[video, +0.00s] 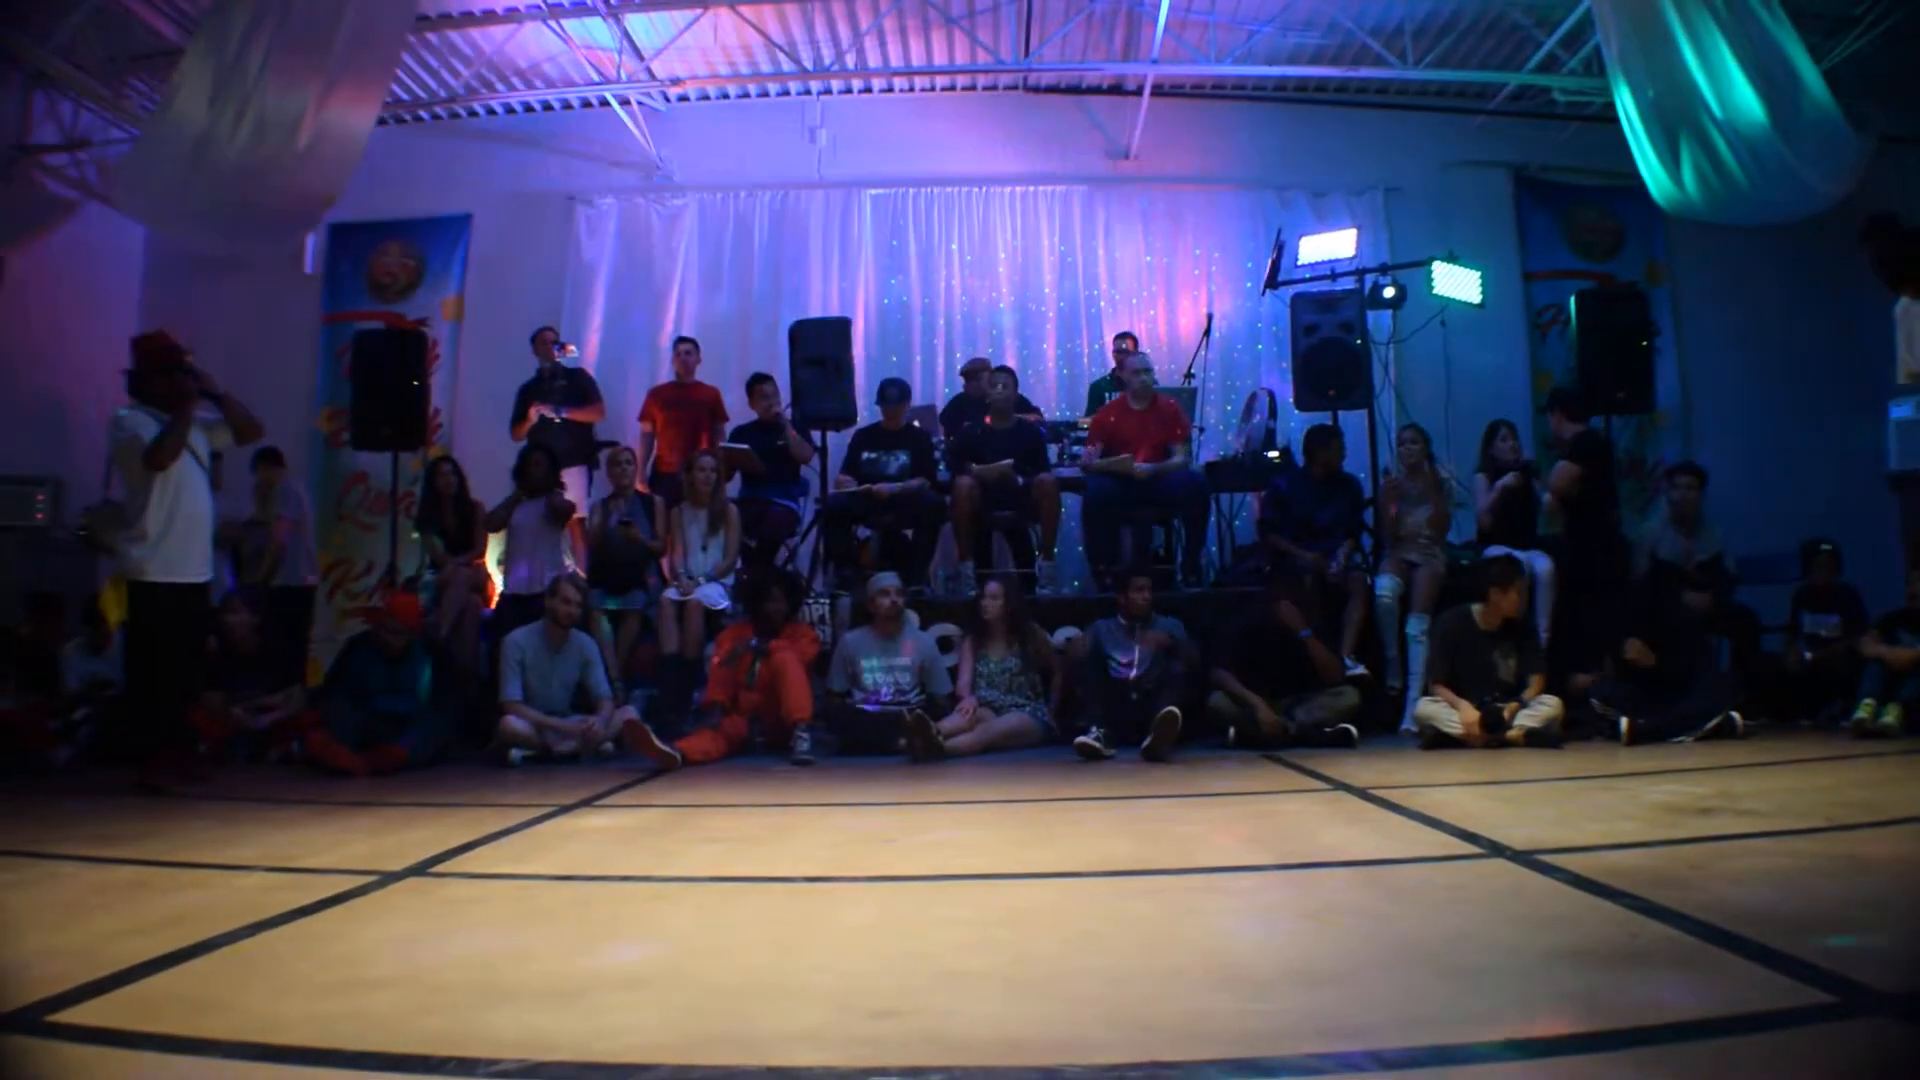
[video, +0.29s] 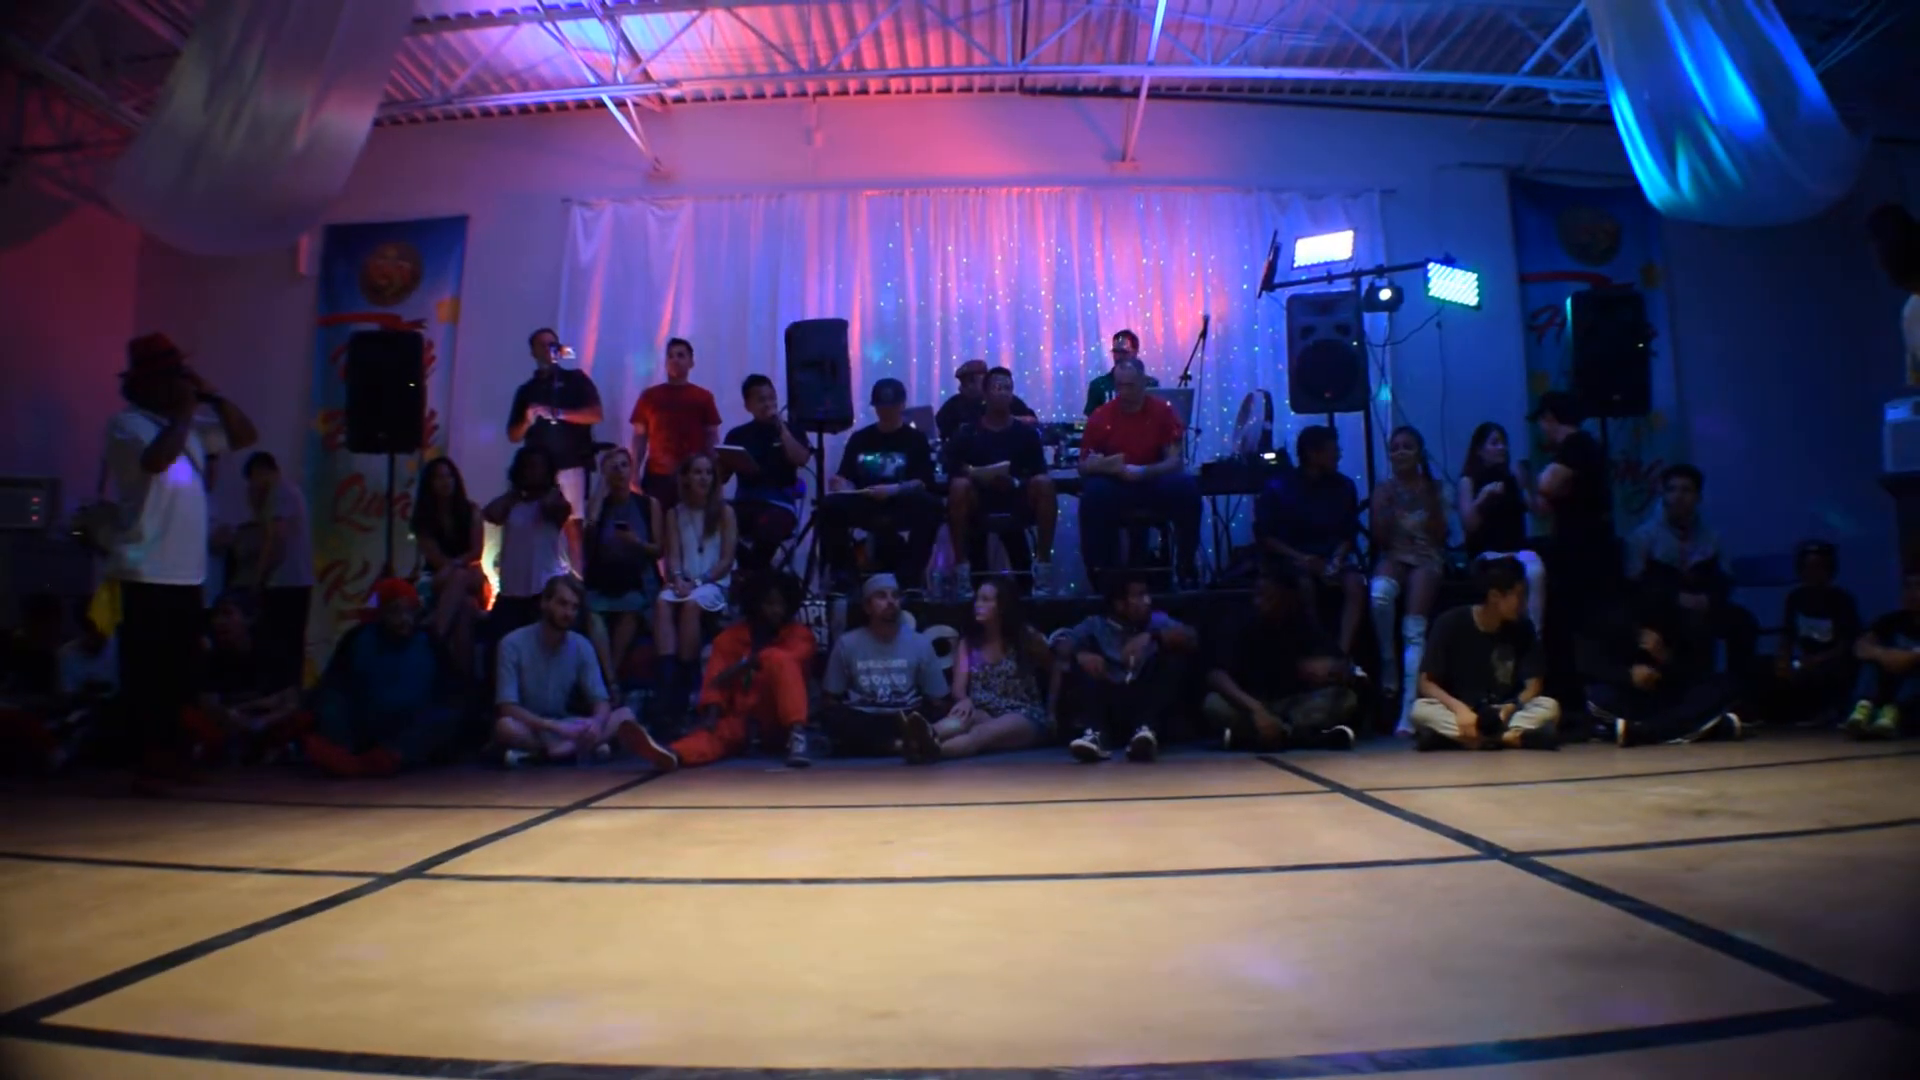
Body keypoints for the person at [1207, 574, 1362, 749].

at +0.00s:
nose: (1285, 603)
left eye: (1293, 596)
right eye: (1278, 596)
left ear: (1304, 597)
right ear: (1268, 595)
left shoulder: (1314, 624)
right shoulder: (1252, 627)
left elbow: (1335, 676)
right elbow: (1220, 673)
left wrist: (1302, 630)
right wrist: (1259, 706)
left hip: (1305, 696)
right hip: (1256, 699)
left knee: (1349, 697)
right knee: (1218, 701)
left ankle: (1262, 734)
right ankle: (1310, 735)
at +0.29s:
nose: (1260, 603)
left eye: (1267, 596)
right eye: (1258, 595)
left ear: (1286, 597)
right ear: (1254, 597)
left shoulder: (1304, 627)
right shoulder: (1249, 630)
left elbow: (1344, 669)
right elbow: (1217, 675)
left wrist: (1326, 669)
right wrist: (1256, 710)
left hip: (1300, 699)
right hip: (1254, 701)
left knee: (1342, 697)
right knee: (1214, 703)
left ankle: (1257, 737)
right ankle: (1306, 736)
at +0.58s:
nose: (1265, 598)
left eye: (1272, 591)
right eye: (1261, 591)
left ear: (1288, 595)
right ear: (1256, 594)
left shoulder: (1304, 626)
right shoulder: (1247, 627)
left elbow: (1339, 669)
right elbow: (1216, 675)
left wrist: (1356, 702)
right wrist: (1255, 711)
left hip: (1300, 700)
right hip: (1253, 703)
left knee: (1335, 703)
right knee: (1213, 704)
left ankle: (1256, 738)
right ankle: (1309, 738)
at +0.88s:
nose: (1261, 595)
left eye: (1269, 588)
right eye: (1257, 588)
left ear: (1284, 592)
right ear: (1251, 591)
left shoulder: (1300, 626)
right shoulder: (1241, 626)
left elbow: (1334, 668)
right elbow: (1213, 675)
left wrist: (1354, 702)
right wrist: (1250, 711)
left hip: (1297, 700)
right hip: (1250, 704)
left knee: (1331, 703)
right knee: (1211, 705)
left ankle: (1254, 737)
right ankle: (1309, 739)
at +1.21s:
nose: (1256, 593)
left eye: (1263, 588)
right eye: (1252, 587)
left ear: (1278, 591)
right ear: (1247, 591)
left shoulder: (1299, 626)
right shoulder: (1239, 628)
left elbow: (1332, 668)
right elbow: (1215, 676)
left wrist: (1351, 711)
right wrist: (1254, 710)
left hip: (1297, 702)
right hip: (1250, 704)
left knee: (1327, 707)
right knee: (1212, 705)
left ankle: (1251, 738)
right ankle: (1308, 738)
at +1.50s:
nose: (1262, 593)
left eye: (1267, 586)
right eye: (1256, 587)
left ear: (1278, 589)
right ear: (1247, 592)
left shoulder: (1297, 626)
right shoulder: (1239, 630)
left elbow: (1328, 670)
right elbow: (1218, 678)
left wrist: (1344, 715)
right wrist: (1256, 710)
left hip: (1300, 702)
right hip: (1252, 705)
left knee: (1341, 702)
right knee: (1213, 706)